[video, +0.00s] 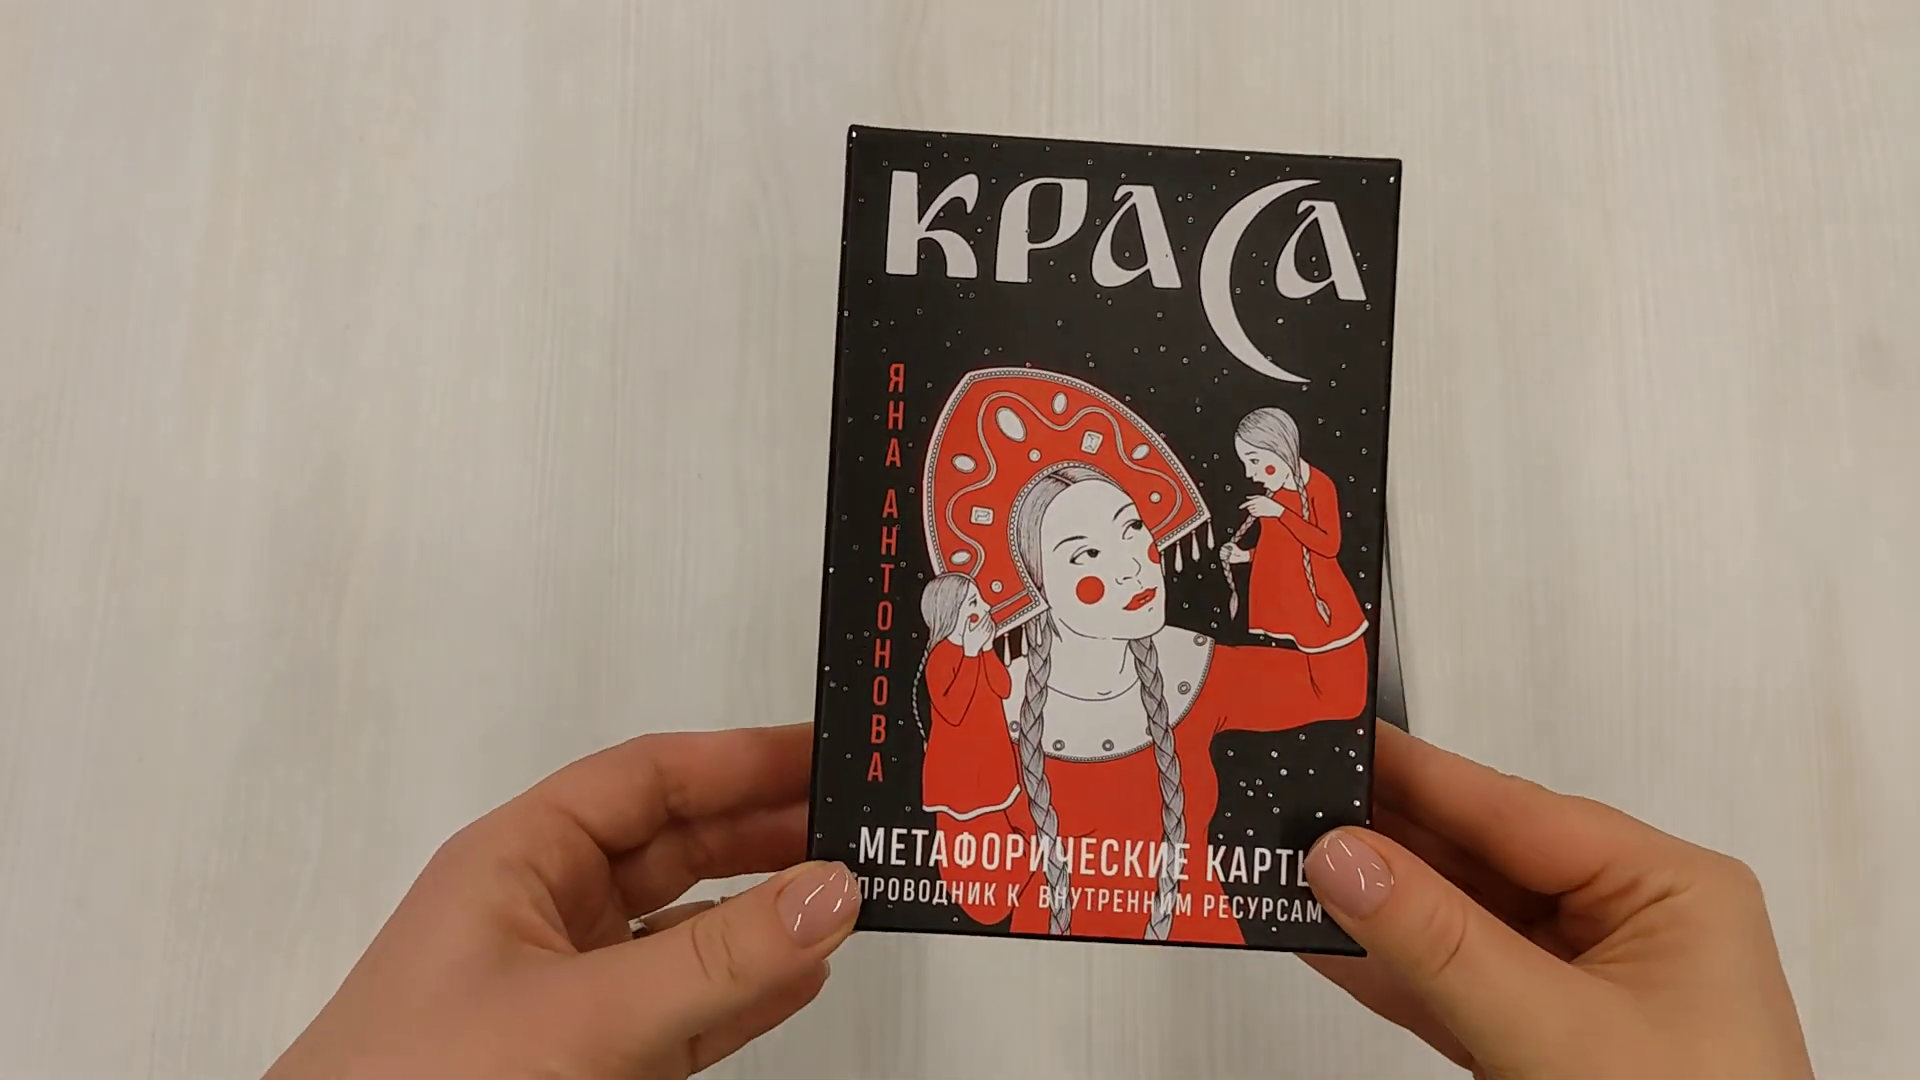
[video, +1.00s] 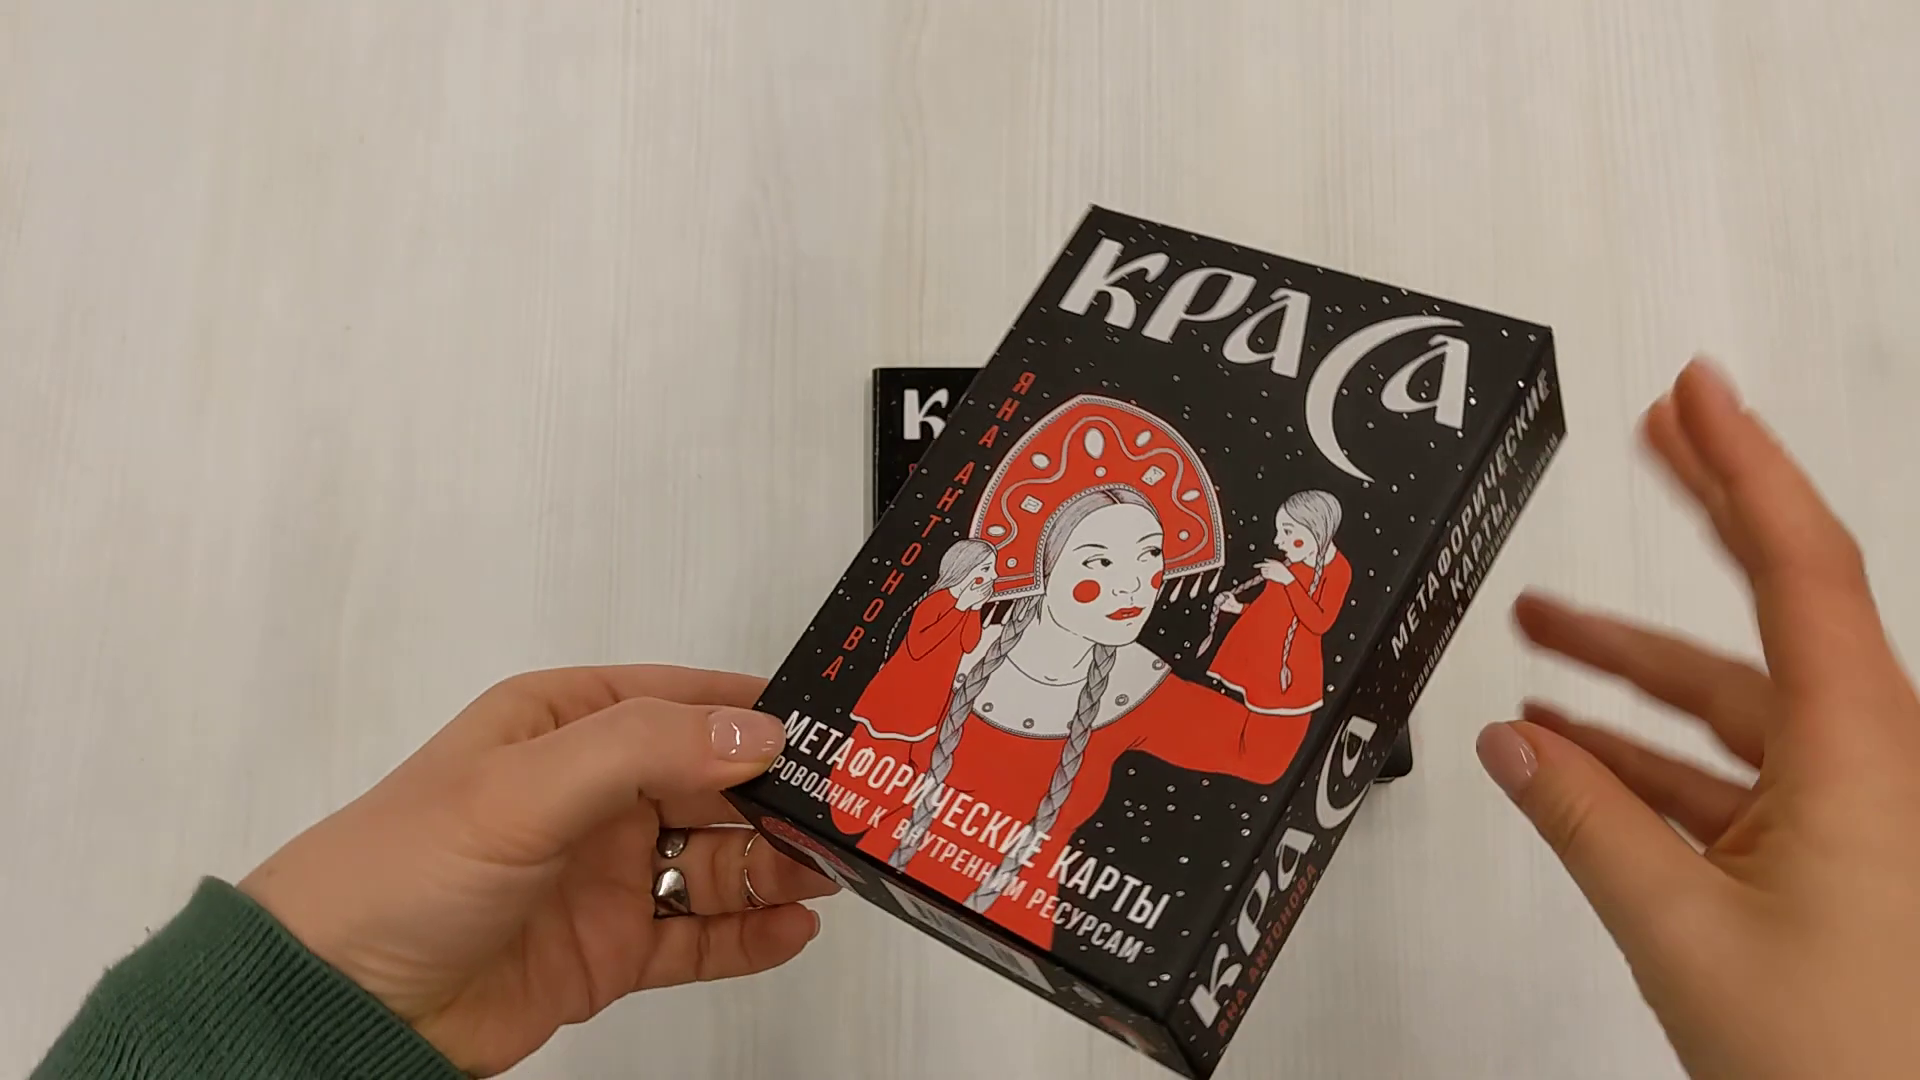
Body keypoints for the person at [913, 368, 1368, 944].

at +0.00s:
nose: (1133, 565)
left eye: (1130, 528)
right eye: (1082, 555)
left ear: (1152, 537)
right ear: (1041, 587)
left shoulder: (1190, 670)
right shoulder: (998, 699)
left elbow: (1337, 683)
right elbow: (986, 898)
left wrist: (1296, 531)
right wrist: (964, 678)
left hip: (1193, 959)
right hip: (1048, 968)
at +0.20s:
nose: (1147, 558)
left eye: (1145, 521)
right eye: (1096, 548)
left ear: (1166, 528)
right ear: (1053, 581)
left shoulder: (1205, 666)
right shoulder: (1003, 687)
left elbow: (1358, 682)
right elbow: (993, 891)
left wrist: (1314, 522)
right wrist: (972, 677)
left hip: (1199, 948)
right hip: (1050, 954)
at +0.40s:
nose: (1147, 566)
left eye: (1145, 529)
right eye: (1097, 556)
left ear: (1166, 535)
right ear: (1056, 588)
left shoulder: (1208, 675)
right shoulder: (1008, 696)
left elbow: (1361, 691)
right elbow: (996, 899)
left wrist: (1318, 536)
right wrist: (975, 689)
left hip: (1203, 964)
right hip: (1052, 971)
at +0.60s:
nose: (1143, 583)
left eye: (1144, 549)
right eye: (1097, 572)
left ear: (1164, 555)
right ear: (1054, 600)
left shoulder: (1195, 689)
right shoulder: (1006, 704)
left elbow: (1344, 711)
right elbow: (974, 902)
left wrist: (1310, 559)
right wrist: (971, 712)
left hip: (1177, 968)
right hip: (1032, 962)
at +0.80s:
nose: (1131, 561)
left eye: (1139, 529)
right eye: (1090, 547)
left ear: (1157, 535)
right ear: (1046, 571)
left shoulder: (1163, 664)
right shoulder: (979, 656)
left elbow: (1314, 699)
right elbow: (909, 837)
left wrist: (1301, 559)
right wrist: (952, 630)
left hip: (1104, 923)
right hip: (969, 902)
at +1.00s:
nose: (1133, 581)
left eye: (1149, 555)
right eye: (1096, 558)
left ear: (1164, 569)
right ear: (1048, 572)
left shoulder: (1133, 688)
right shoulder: (962, 639)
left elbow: (1263, 751)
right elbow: (850, 801)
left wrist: (1293, 616)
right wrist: (935, 628)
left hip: (1000, 934)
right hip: (882, 884)